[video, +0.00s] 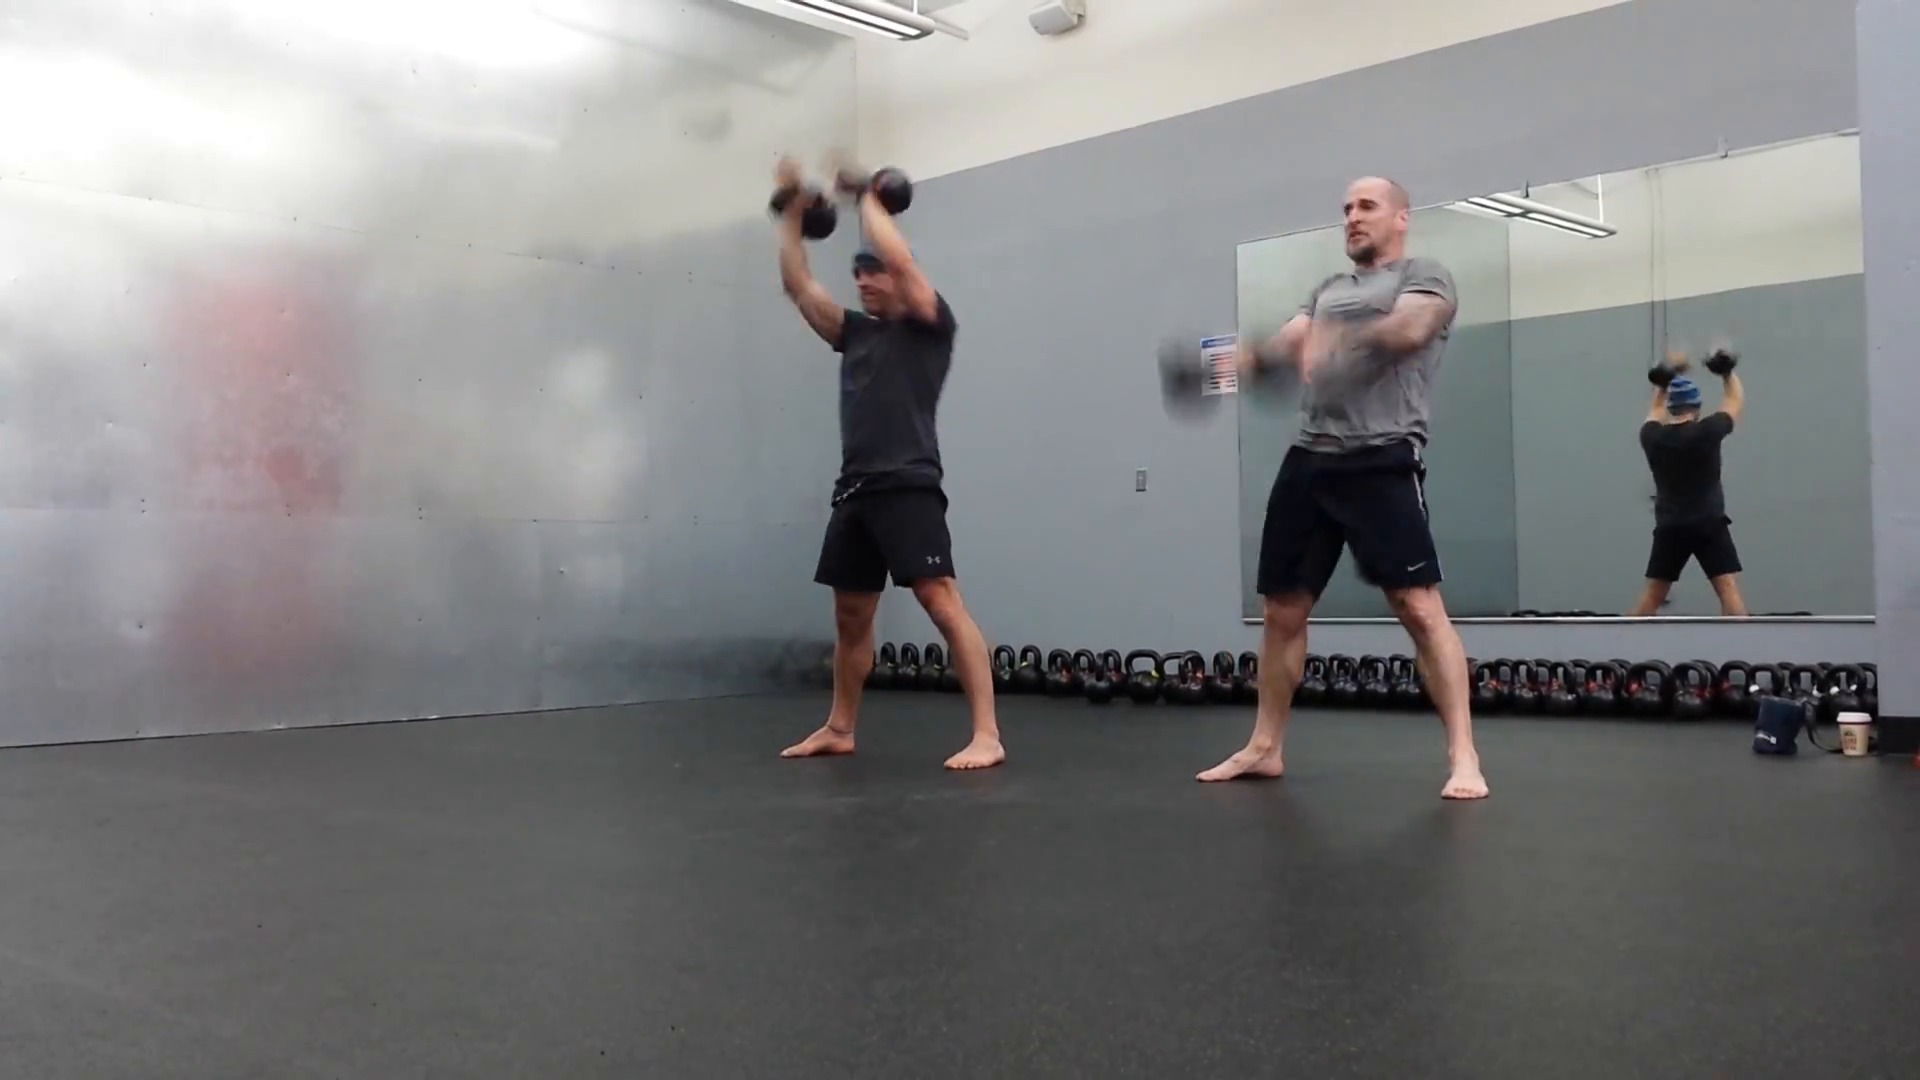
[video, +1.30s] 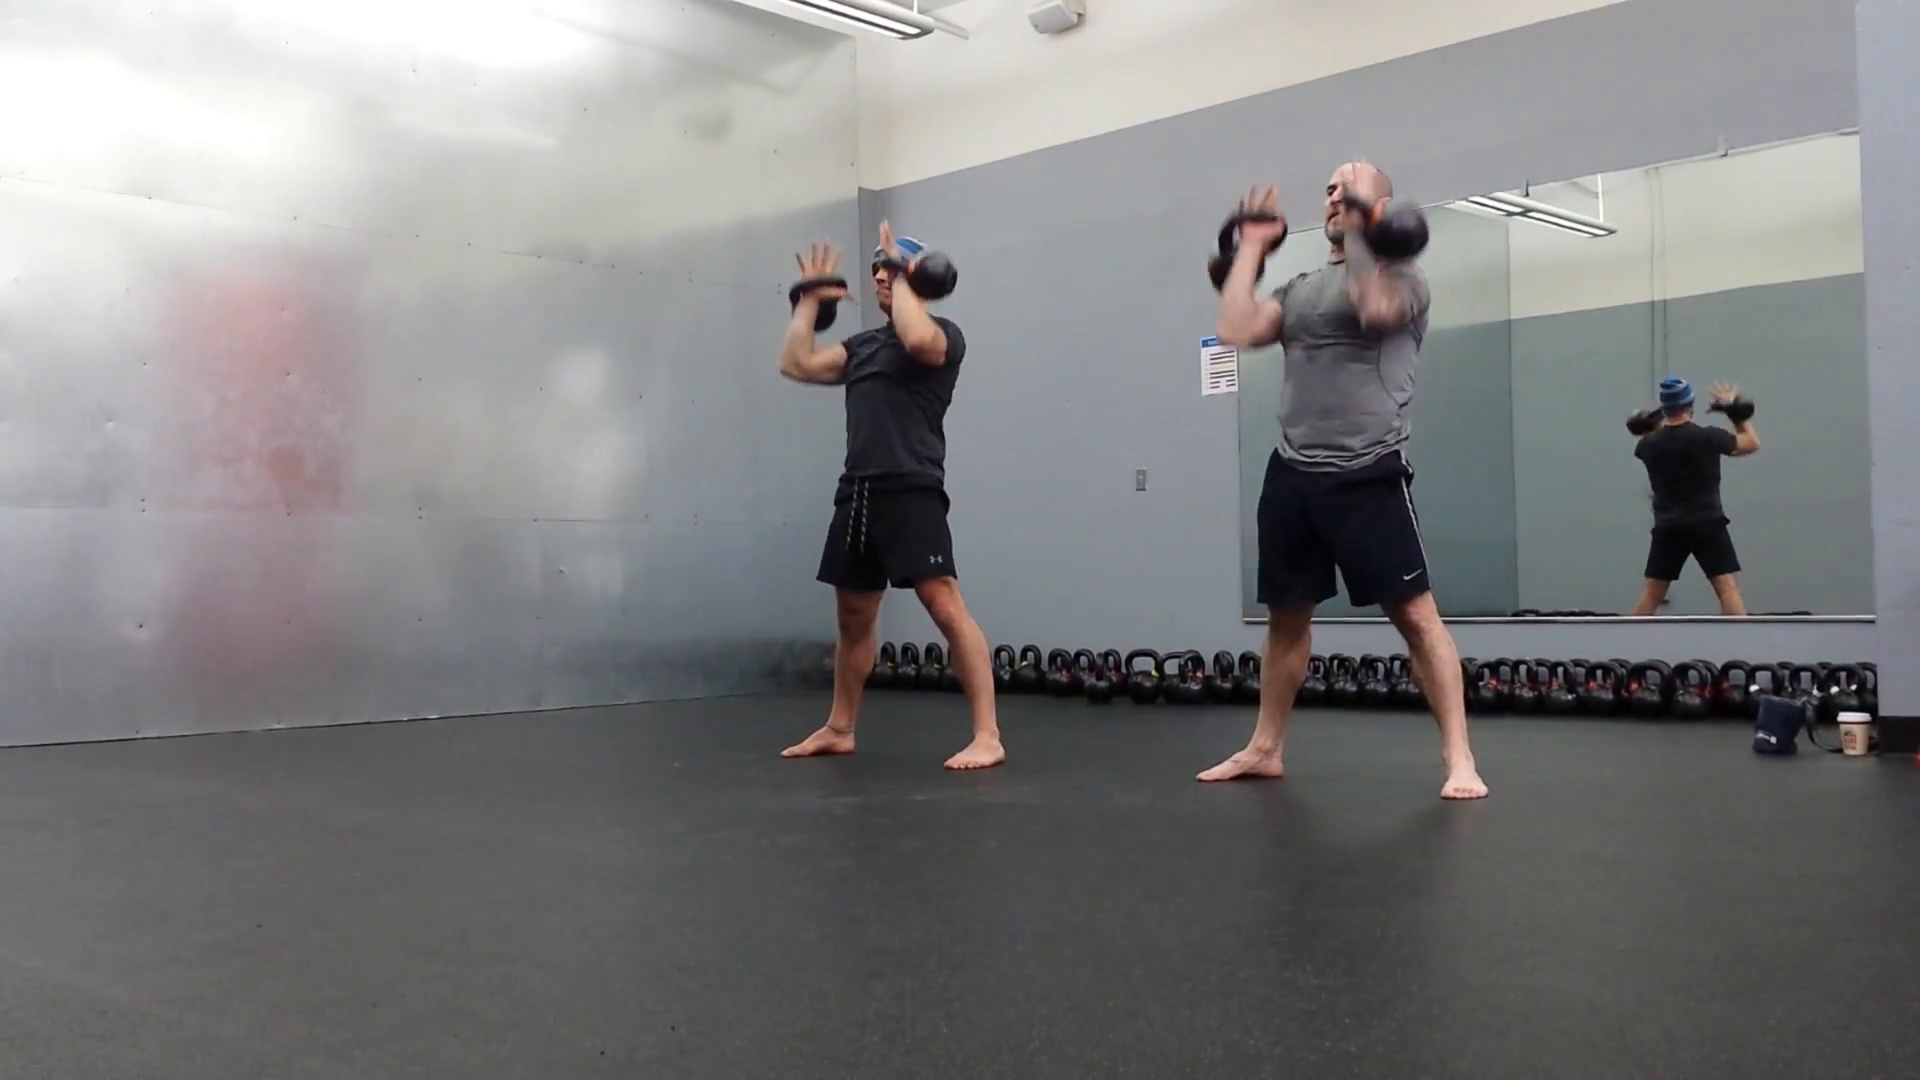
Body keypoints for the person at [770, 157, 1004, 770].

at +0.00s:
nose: (862, 279)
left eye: (875, 270)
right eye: (858, 271)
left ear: (901, 276)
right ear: (857, 279)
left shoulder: (931, 327)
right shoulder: (854, 332)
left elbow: (899, 261)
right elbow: (799, 285)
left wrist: (867, 197)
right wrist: (793, 215)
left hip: (911, 489)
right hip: (856, 492)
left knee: (943, 605)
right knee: (852, 617)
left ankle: (987, 736)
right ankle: (839, 729)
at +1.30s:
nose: (881, 277)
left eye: (894, 269)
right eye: (879, 269)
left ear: (921, 281)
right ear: (874, 284)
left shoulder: (943, 335)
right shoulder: (863, 345)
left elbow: (918, 341)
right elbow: (796, 363)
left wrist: (899, 276)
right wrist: (810, 300)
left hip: (913, 492)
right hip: (857, 493)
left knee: (945, 609)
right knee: (853, 618)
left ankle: (987, 737)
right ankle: (839, 728)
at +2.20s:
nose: (889, 294)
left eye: (899, 284)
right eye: (882, 285)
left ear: (926, 284)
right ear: (877, 289)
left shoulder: (954, 335)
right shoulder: (868, 349)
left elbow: (934, 401)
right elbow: (840, 410)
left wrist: (867, 382)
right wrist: (801, 395)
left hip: (938, 492)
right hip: (884, 492)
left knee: (948, 598)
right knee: (851, 606)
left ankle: (987, 736)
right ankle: (838, 728)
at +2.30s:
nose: (882, 308)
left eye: (890, 297)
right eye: (876, 298)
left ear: (920, 293)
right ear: (875, 300)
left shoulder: (957, 344)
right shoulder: (879, 356)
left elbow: (945, 418)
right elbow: (849, 420)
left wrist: (880, 430)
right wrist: (813, 442)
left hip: (952, 496)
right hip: (900, 498)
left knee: (951, 594)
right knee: (848, 605)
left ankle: (987, 736)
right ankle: (838, 727)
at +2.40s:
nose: (861, 327)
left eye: (869, 315)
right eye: (854, 318)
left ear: (898, 311)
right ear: (852, 319)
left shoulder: (939, 361)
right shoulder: (863, 377)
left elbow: (936, 446)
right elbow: (852, 451)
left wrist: (885, 501)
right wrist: (832, 510)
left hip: (957, 501)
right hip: (904, 508)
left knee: (956, 597)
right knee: (840, 605)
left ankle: (988, 736)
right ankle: (837, 726)